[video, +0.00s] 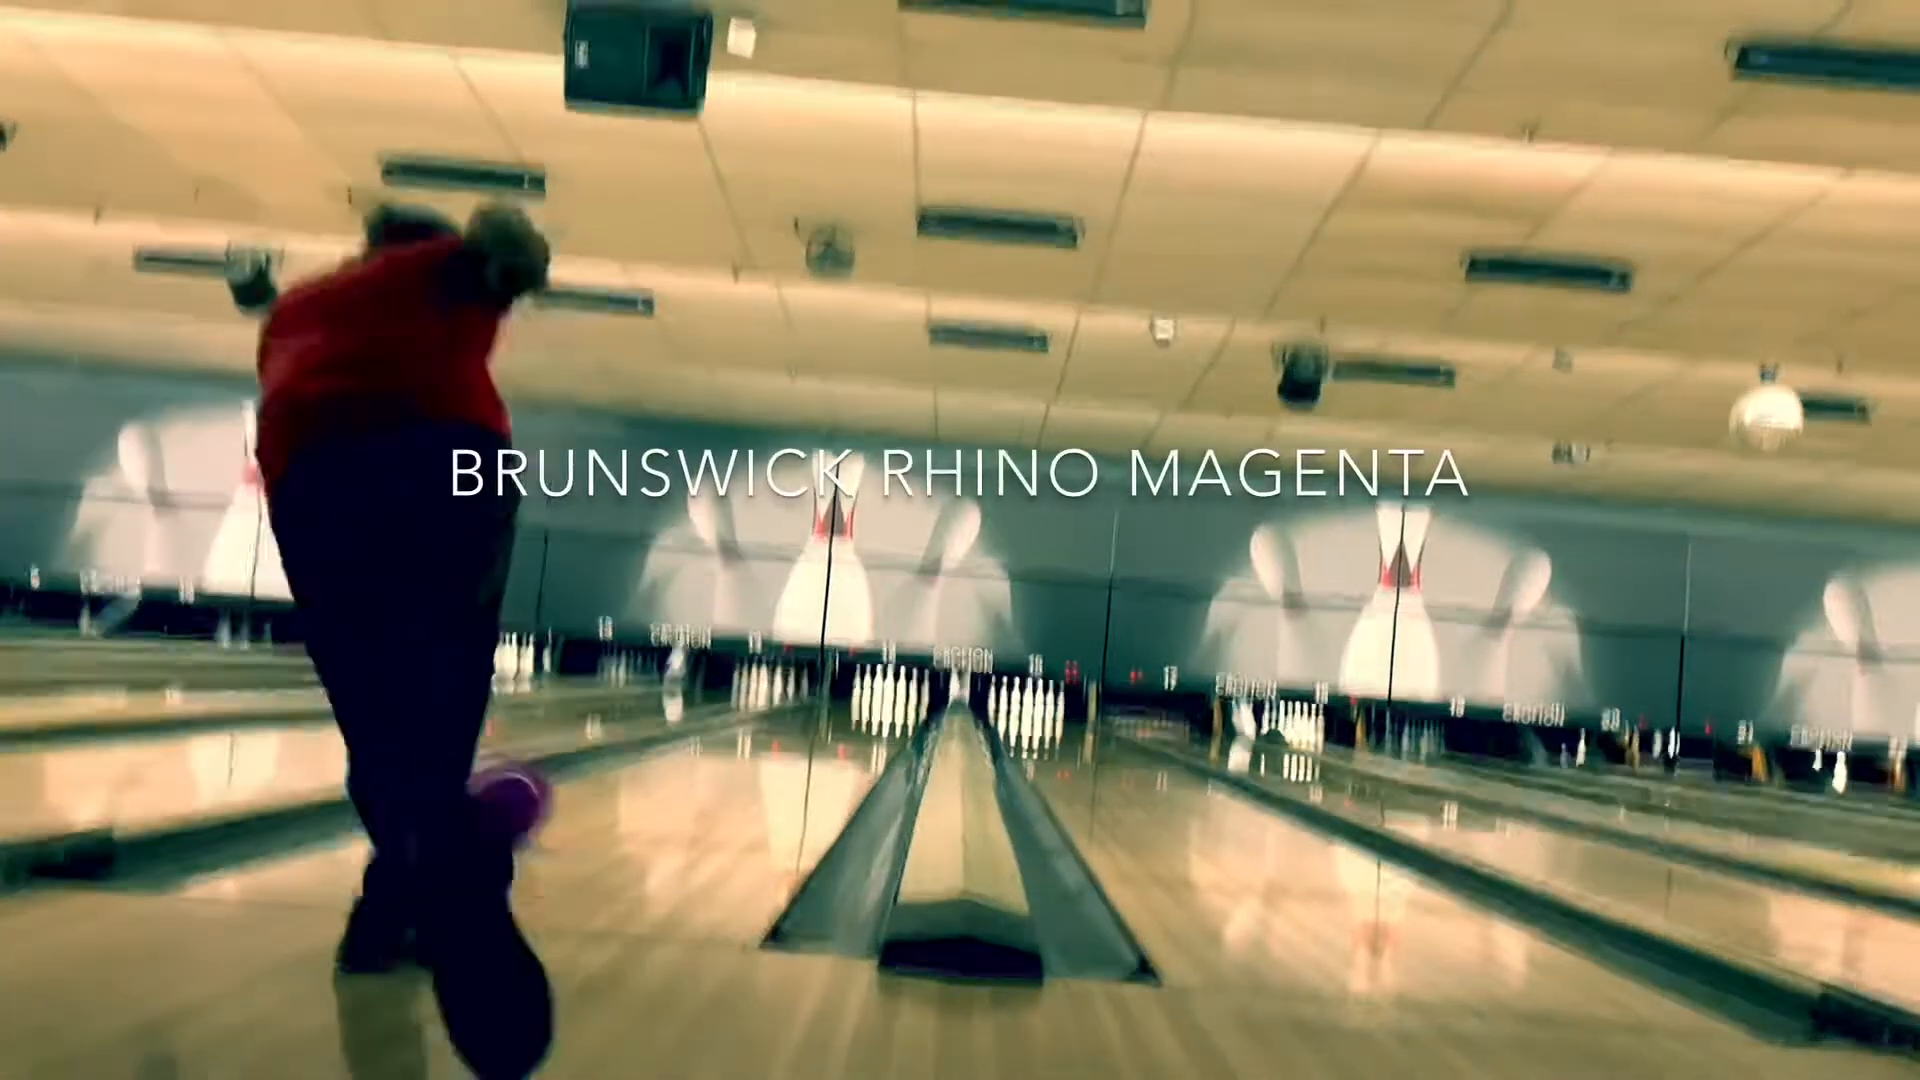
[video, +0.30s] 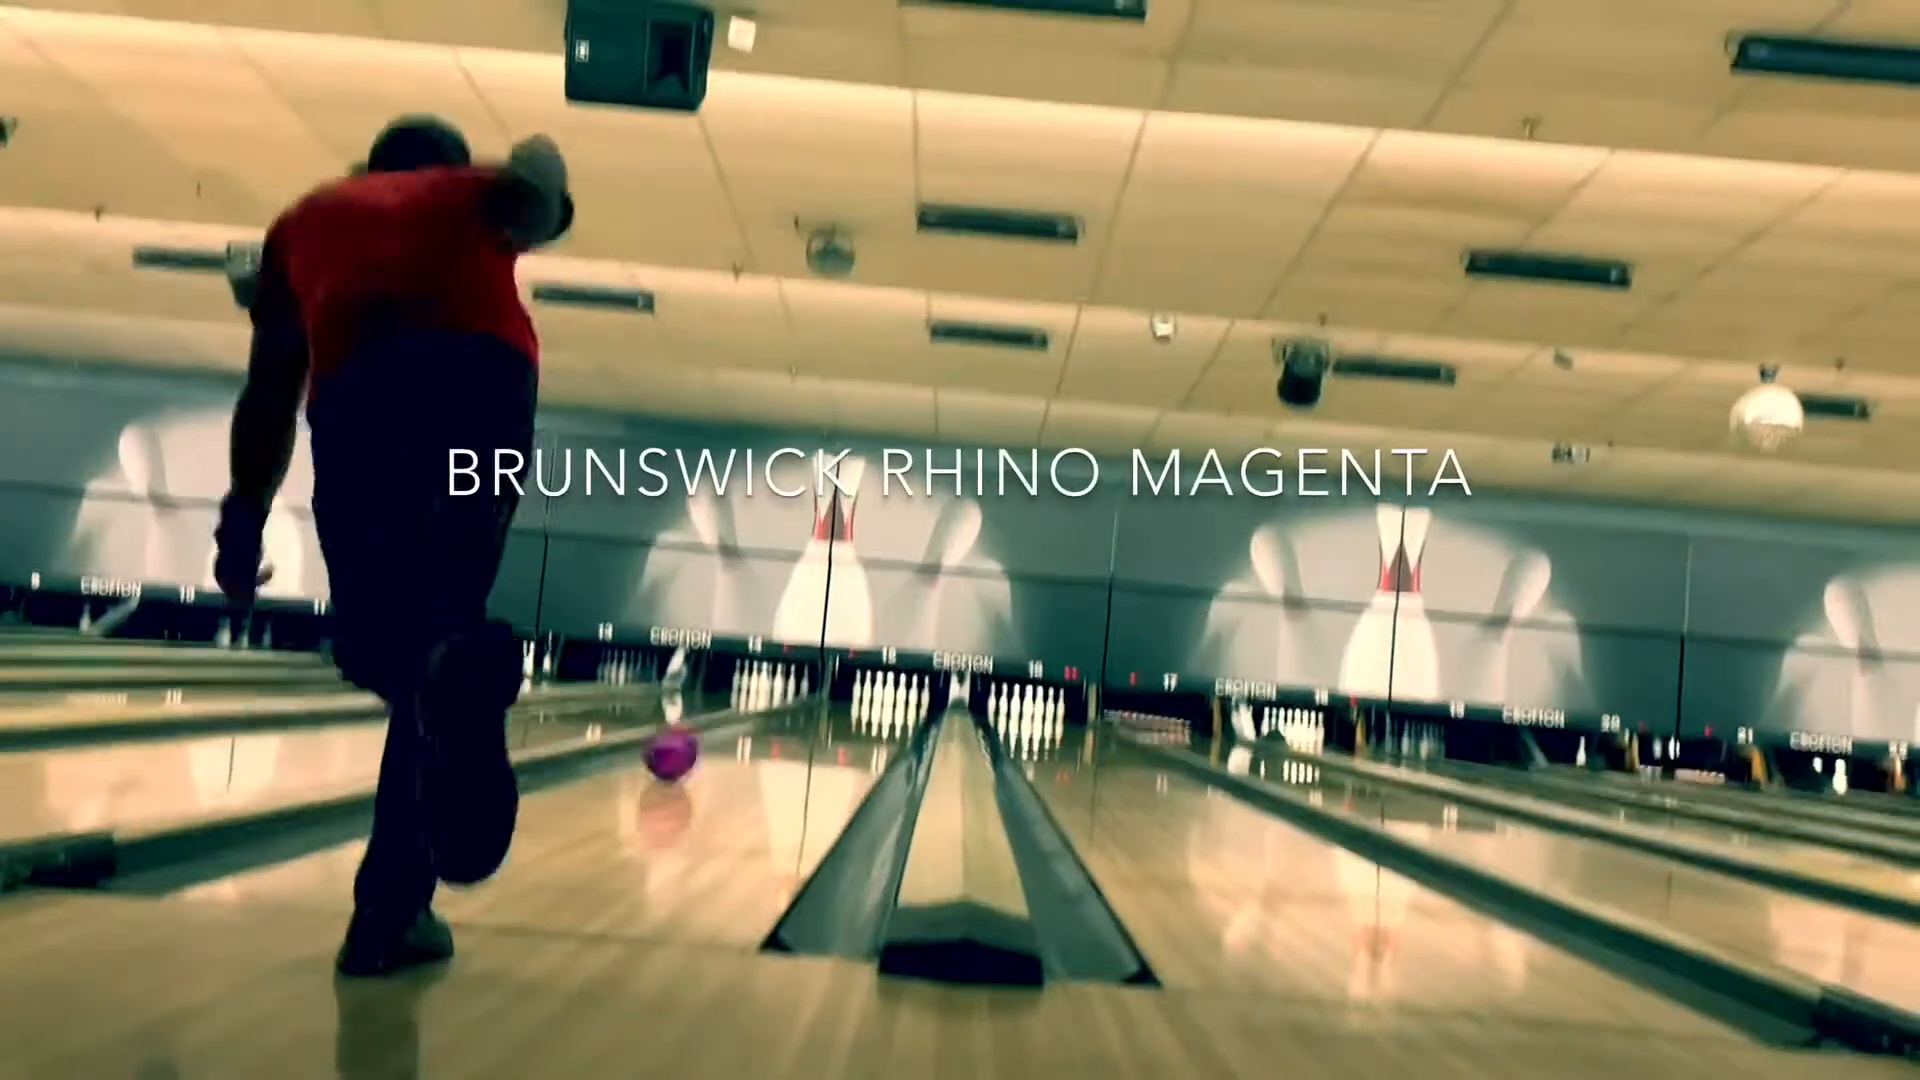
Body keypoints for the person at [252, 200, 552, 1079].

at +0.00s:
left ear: (370, 245)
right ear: (442, 242)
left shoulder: (302, 298)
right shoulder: (448, 258)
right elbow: (518, 250)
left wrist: (258, 294)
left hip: (313, 472)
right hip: (447, 452)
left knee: (369, 700)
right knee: (445, 677)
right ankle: (387, 903)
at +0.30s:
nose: (455, 170)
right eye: (455, 162)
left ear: (372, 165)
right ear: (454, 163)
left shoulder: (303, 221)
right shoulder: (476, 188)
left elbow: (270, 391)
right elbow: (541, 213)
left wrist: (244, 514)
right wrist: (540, 179)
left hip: (362, 390)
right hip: (485, 381)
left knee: (362, 638)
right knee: (442, 645)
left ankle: (460, 672)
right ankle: (388, 920)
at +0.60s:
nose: (430, 117)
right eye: (426, 103)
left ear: (324, 86)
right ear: (415, 102)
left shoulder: (272, 141)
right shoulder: (453, 153)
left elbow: (204, 292)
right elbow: (540, 189)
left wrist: (130, 431)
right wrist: (553, 313)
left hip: (312, 387)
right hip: (445, 388)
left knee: (246, 611)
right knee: (422, 648)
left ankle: (228, 847)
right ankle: (390, 911)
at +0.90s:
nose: (344, 49)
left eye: (334, 39)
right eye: (343, 37)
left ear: (239, 34)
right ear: (333, 38)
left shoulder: (168, 110)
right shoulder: (365, 106)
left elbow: (111, 266)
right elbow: (413, 182)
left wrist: (79, 405)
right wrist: (410, 339)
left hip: (188, 398)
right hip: (323, 397)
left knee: (135, 632)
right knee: (357, 645)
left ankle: (83, 890)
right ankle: (368, 901)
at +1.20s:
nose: (310, 24)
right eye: (310, 15)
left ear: (203, 6)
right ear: (303, 10)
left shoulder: (127, 85)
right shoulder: (331, 88)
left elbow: (74, 246)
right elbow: (350, 236)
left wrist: (106, 334)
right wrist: (343, 344)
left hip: (143, 376)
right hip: (274, 376)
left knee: (114, 621)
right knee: (290, 631)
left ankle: (81, 888)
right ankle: (256, 883)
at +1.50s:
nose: (333, 21)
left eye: (323, 17)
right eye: (333, 13)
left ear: (228, 1)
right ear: (323, 7)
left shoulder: (143, 78)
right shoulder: (348, 81)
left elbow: (97, 240)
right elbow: (365, 217)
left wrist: (146, 333)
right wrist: (362, 343)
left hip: (154, 377)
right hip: (282, 379)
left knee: (117, 621)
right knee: (284, 639)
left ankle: (80, 887)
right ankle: (246, 898)